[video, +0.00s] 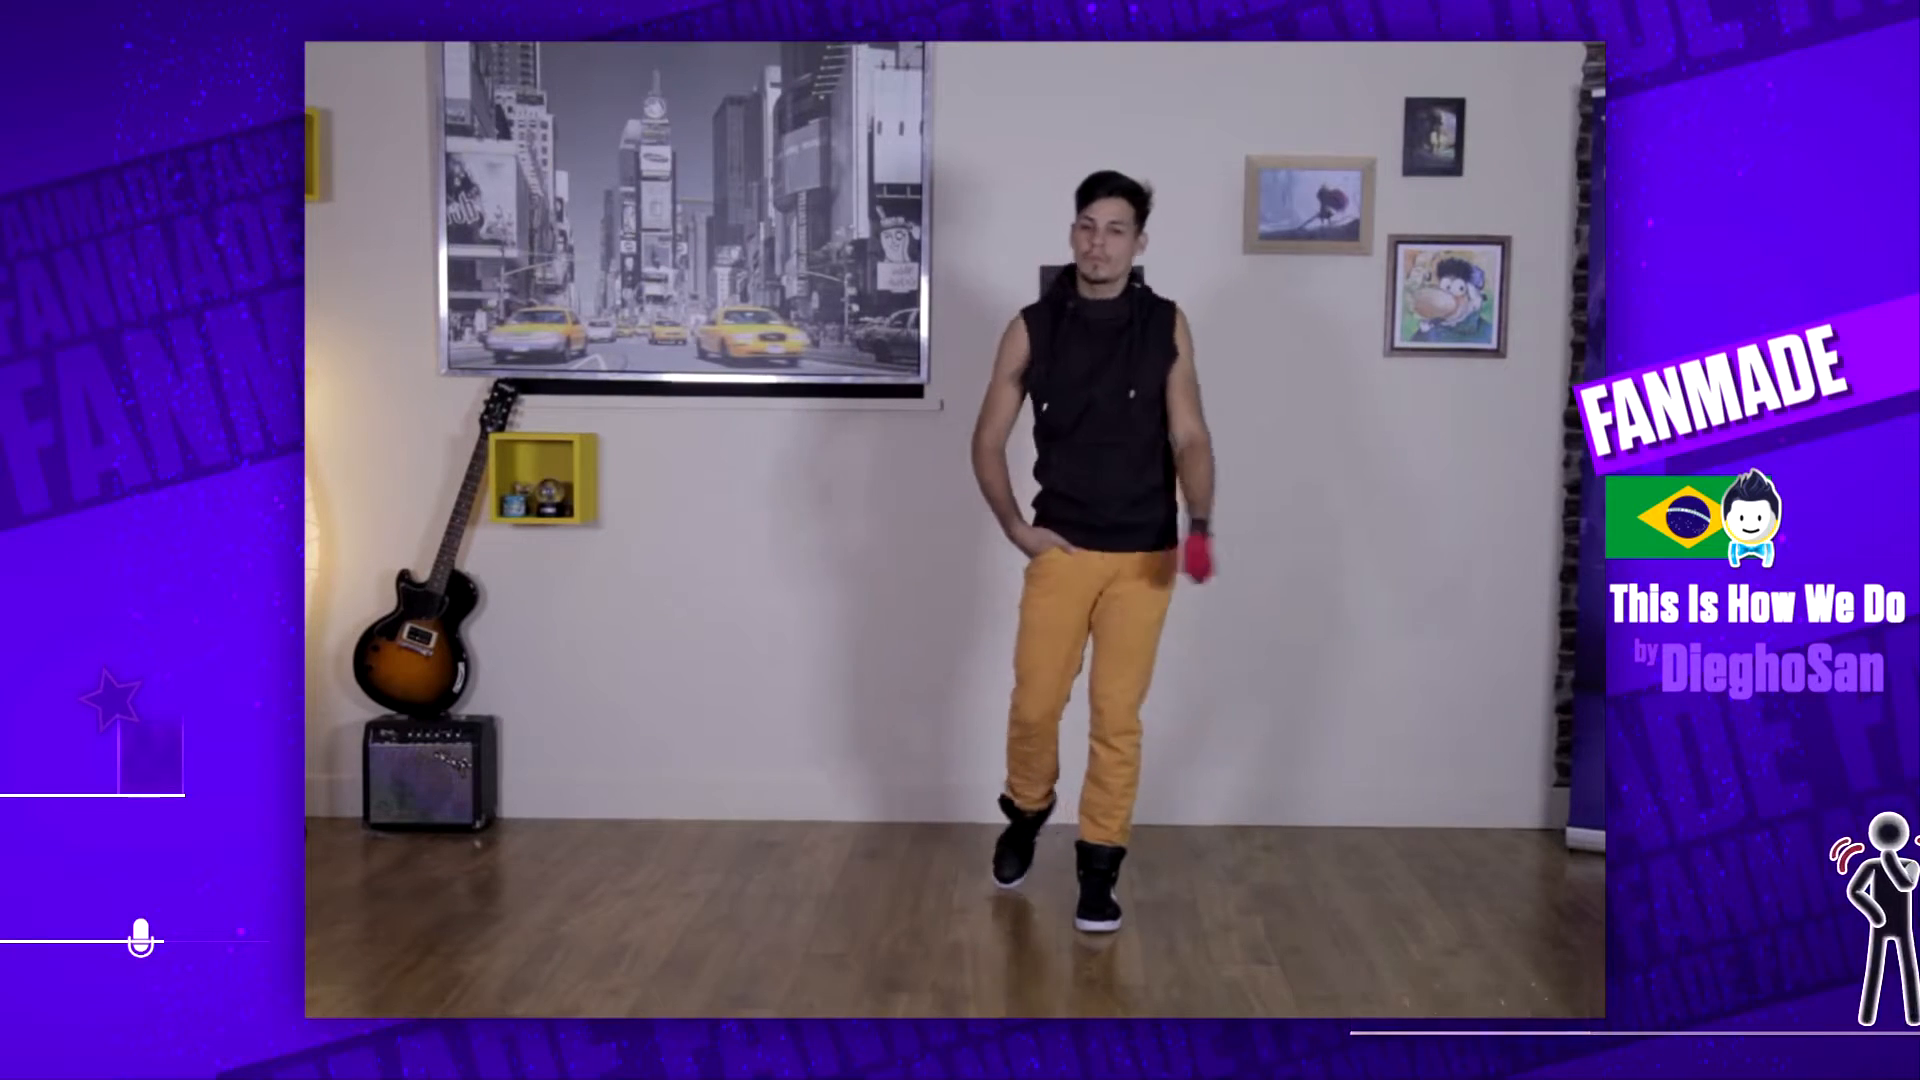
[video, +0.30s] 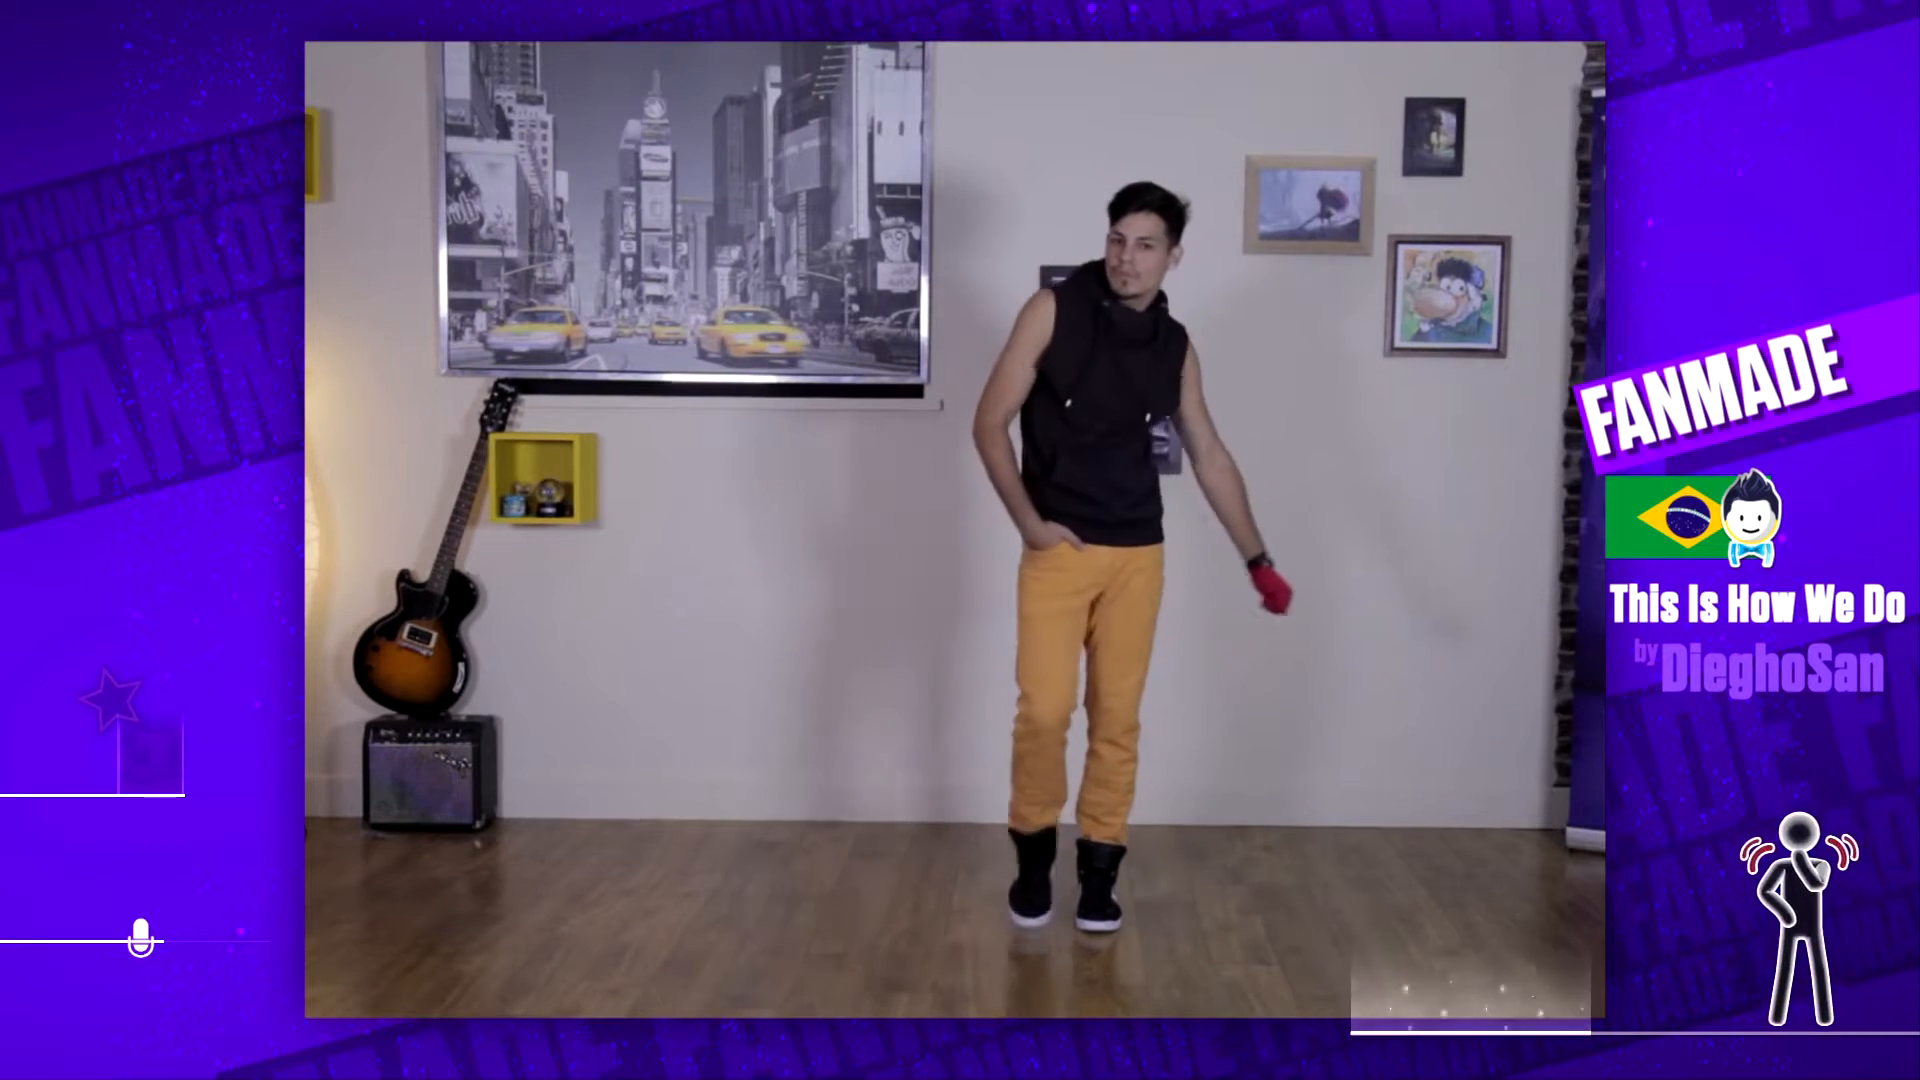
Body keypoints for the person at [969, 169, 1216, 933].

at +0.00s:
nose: (1098, 242)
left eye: (1115, 230)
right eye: (1088, 227)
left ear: (1138, 243)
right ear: (1071, 233)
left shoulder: (1166, 325)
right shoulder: (1034, 326)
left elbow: (1190, 435)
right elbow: (988, 441)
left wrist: (1199, 518)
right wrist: (1016, 527)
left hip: (1143, 557)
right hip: (1061, 550)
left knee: (1117, 718)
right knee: (1033, 707)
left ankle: (1101, 867)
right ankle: (1026, 815)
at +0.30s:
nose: (1127, 257)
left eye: (1145, 246)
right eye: (1118, 241)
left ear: (1171, 257)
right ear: (1105, 242)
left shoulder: (1173, 344)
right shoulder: (1053, 311)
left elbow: (1209, 456)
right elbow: (989, 425)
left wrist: (1256, 558)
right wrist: (1029, 524)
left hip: (1137, 557)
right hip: (1057, 551)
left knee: (1116, 718)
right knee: (1043, 711)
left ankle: (1100, 874)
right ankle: (1033, 859)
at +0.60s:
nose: (1116, 240)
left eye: (1134, 230)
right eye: (1107, 227)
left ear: (1162, 246)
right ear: (1092, 234)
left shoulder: (1163, 348)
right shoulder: (1043, 306)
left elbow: (1163, 462)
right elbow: (977, 420)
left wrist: (1171, 571)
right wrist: (1019, 524)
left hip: (1126, 561)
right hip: (1042, 553)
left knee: (1107, 726)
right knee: (1010, 722)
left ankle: (1096, 875)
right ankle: (969, 890)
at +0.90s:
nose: (1045, 231)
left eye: (1063, 220)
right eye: (1034, 217)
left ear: (1087, 236)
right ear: (1016, 229)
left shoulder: (1120, 330)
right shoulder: (975, 324)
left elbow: (1147, 459)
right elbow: (918, 440)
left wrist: (1085, 435)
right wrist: (966, 531)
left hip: (1103, 563)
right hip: (1009, 562)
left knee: (1138, 722)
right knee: (990, 733)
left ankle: (1126, 864)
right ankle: (966, 897)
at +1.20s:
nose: (1073, 252)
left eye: (1087, 239)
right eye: (1057, 238)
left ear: (1103, 239)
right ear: (1029, 239)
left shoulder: (1125, 302)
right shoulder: (1010, 335)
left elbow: (1106, 410)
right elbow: (973, 449)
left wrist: (1051, 318)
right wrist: (986, 523)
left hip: (1122, 567)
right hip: (1029, 563)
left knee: (1158, 739)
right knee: (995, 736)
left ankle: (1200, 904)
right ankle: (975, 900)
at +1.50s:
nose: (1160, 244)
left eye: (1176, 230)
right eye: (1147, 229)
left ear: (1199, 239)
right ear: (1124, 232)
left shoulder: (1210, 333)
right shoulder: (1071, 313)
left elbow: (1184, 429)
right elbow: (1025, 428)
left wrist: (1153, 320)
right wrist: (1021, 523)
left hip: (1156, 573)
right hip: (1062, 565)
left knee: (1177, 747)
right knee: (1020, 744)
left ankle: (1202, 909)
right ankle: (1005, 908)